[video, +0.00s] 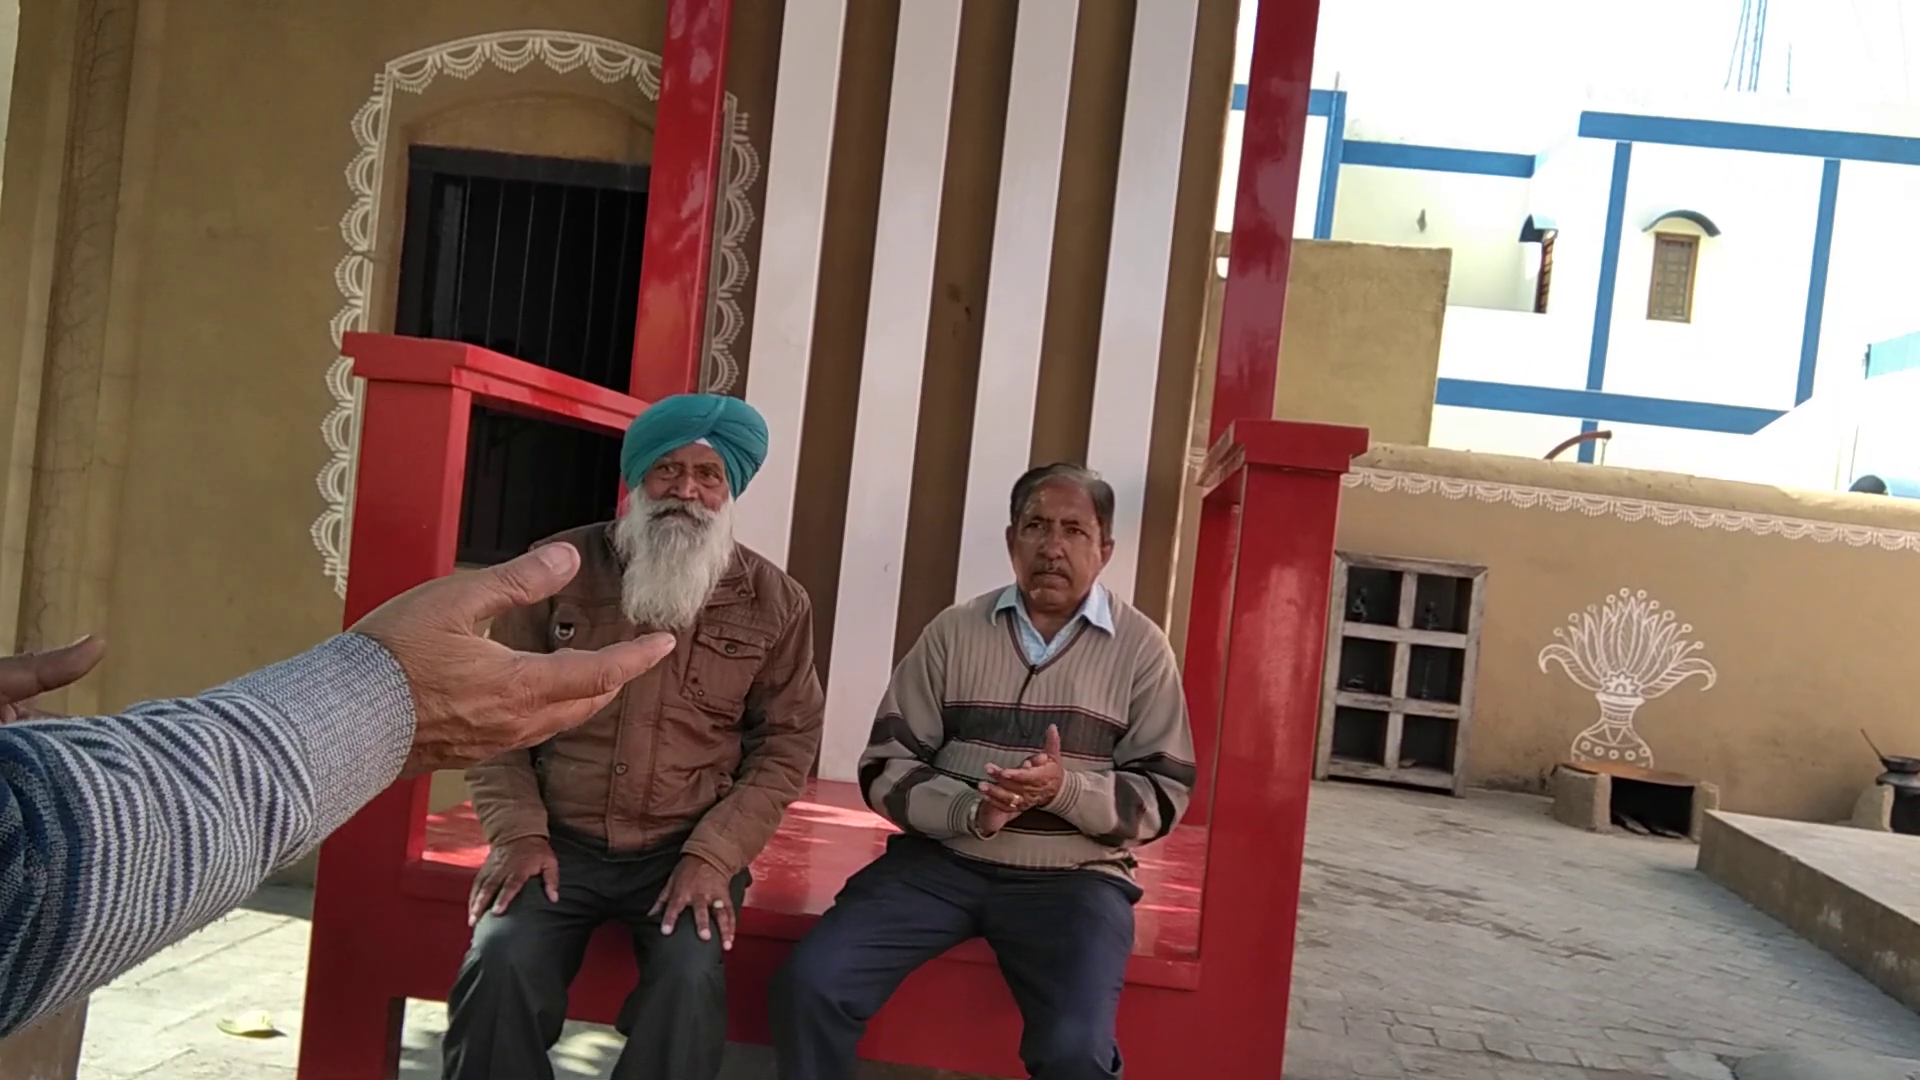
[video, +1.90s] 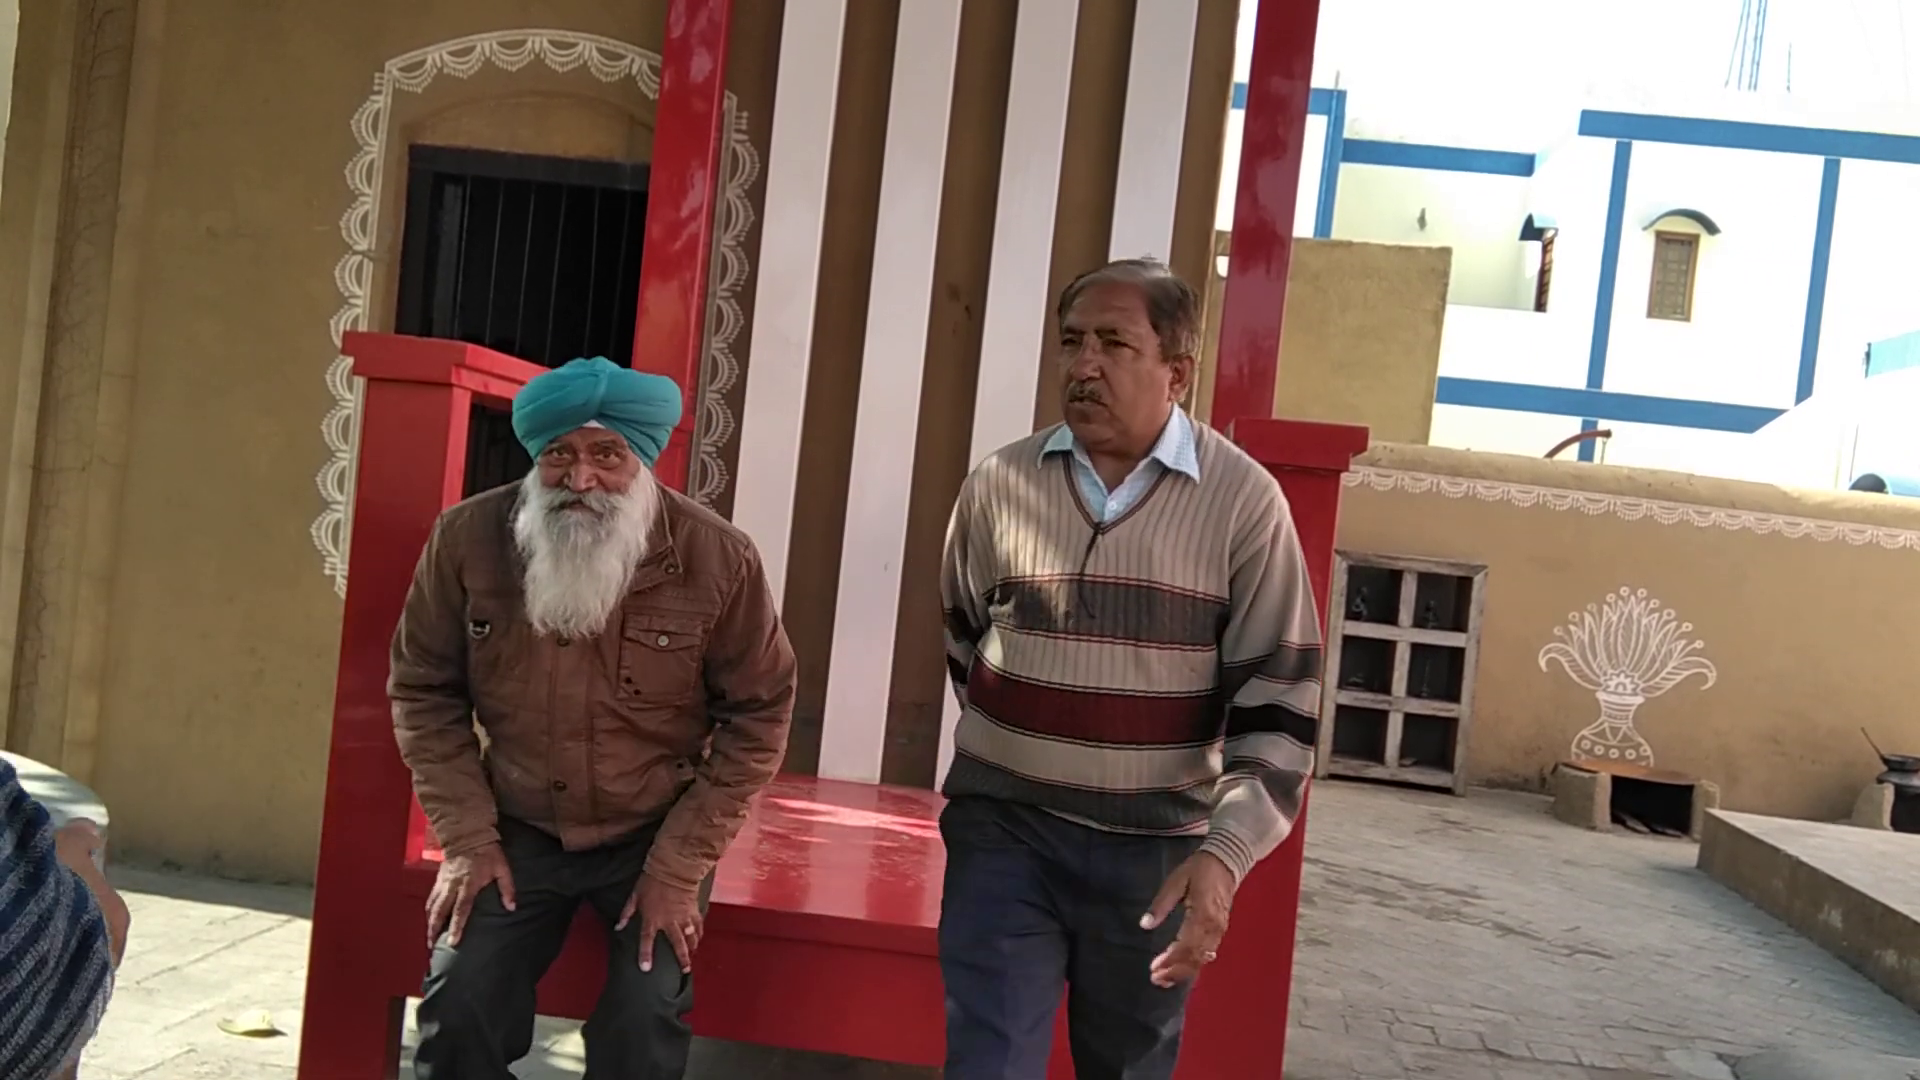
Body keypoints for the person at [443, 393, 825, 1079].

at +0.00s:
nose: (687, 489)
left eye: (709, 474)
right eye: (668, 470)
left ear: (731, 496)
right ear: (634, 484)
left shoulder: (775, 602)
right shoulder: (559, 567)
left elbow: (788, 747)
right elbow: (495, 712)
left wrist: (715, 854)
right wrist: (517, 829)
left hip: (685, 859)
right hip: (555, 848)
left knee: (691, 974)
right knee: (500, 961)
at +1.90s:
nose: (580, 476)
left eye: (606, 454)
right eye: (560, 454)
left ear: (646, 463)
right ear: (535, 460)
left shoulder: (719, 561)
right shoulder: (468, 540)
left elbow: (759, 717)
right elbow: (423, 689)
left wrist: (680, 863)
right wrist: (467, 837)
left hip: (653, 842)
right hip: (516, 836)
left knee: (643, 1013)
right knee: (461, 1001)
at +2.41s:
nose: (634, 308)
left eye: (661, 293)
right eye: (617, 286)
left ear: (699, 321)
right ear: (582, 298)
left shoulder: (747, 449)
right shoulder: (499, 407)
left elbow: (768, 633)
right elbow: (432, 584)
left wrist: (726, 792)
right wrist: (408, 744)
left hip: (652, 798)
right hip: (500, 784)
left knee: (627, 1029)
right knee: (460, 1024)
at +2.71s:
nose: (651, 291)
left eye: (678, 276)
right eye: (634, 268)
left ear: (712, 301)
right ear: (596, 278)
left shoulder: (753, 436)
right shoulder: (536, 400)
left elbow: (780, 627)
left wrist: (740, 810)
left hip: (657, 768)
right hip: (514, 755)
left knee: (629, 1005)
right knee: (504, 1004)